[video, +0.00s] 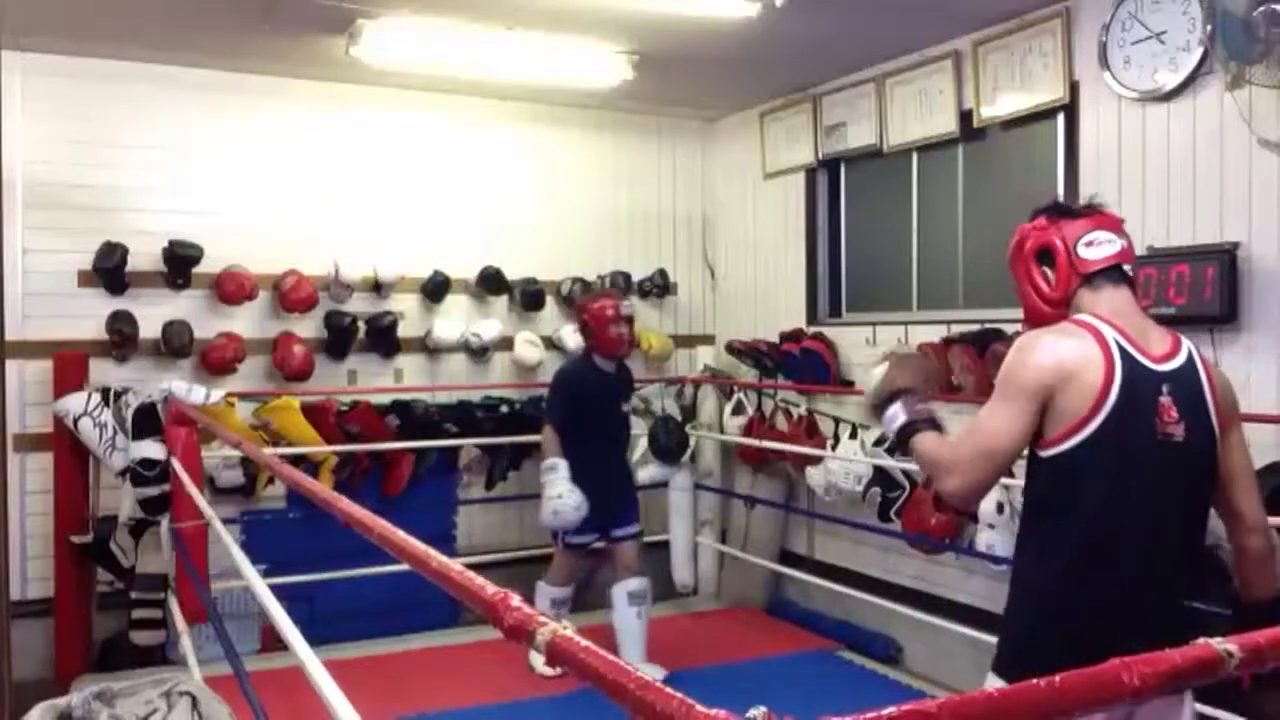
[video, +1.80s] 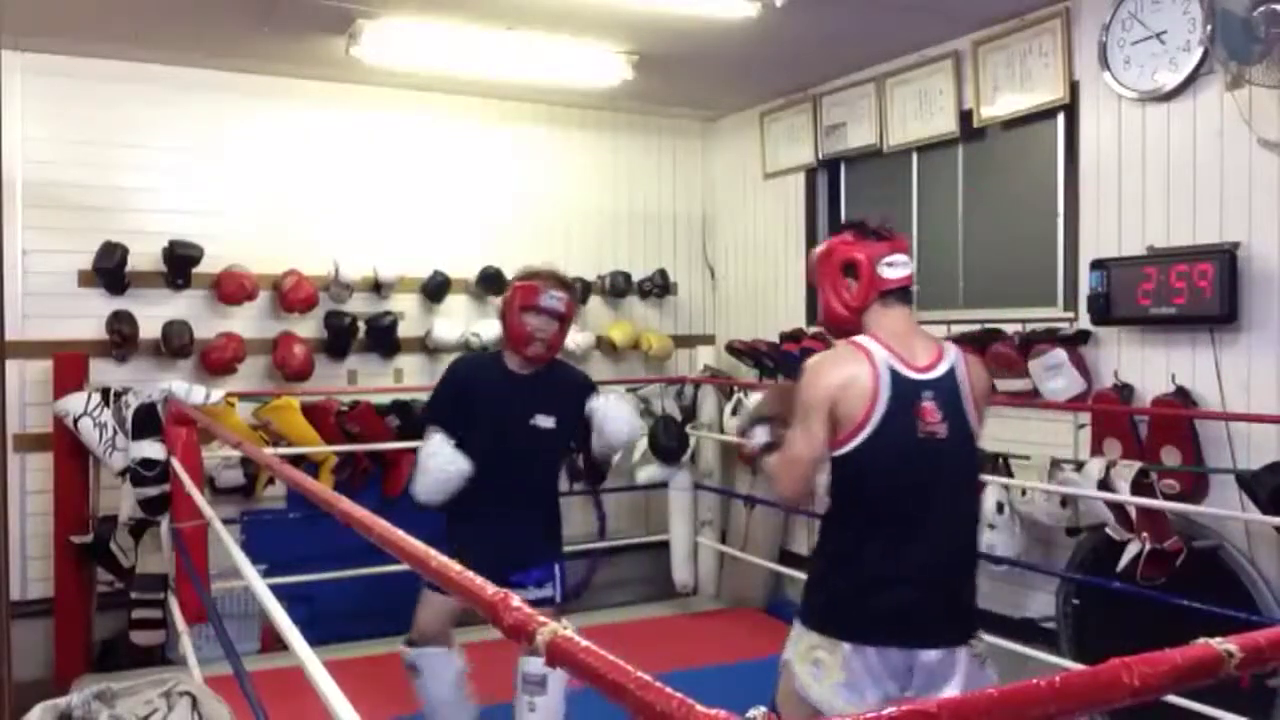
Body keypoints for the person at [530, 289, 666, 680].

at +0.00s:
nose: (622, 331)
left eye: (623, 322)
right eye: (612, 324)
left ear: (626, 326)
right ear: (591, 330)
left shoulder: (622, 375)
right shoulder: (571, 376)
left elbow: (613, 425)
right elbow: (550, 431)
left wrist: (622, 466)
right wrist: (556, 481)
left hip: (618, 478)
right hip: (580, 481)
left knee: (630, 564)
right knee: (566, 565)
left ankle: (634, 661)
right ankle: (542, 646)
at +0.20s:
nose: (637, 329)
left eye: (640, 320)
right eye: (629, 320)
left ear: (643, 325)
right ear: (606, 325)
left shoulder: (642, 375)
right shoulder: (578, 370)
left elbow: (656, 430)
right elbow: (555, 420)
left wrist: (669, 472)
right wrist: (564, 468)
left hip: (626, 479)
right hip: (583, 480)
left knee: (632, 566)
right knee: (576, 576)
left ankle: (634, 662)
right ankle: (550, 645)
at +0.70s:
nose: (579, 327)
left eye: (583, 318)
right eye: (568, 320)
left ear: (592, 323)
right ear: (547, 329)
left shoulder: (612, 371)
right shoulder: (531, 385)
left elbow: (641, 421)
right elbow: (520, 442)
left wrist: (660, 455)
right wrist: (537, 471)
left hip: (613, 499)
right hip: (560, 505)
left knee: (629, 586)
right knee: (553, 596)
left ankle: (634, 663)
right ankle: (542, 694)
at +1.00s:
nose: (536, 331)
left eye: (542, 321)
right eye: (524, 323)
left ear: (554, 325)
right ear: (504, 333)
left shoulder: (578, 371)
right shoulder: (493, 390)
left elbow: (601, 420)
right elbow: (481, 450)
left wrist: (608, 445)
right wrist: (508, 462)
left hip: (587, 504)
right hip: (533, 511)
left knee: (610, 598)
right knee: (540, 603)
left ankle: (608, 686)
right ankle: (541, 696)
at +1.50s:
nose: (538, 338)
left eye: (548, 329)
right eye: (528, 327)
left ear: (560, 337)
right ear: (506, 330)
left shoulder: (573, 390)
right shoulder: (476, 389)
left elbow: (593, 448)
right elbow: (457, 452)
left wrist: (587, 464)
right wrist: (498, 457)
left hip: (550, 526)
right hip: (492, 529)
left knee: (543, 631)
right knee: (501, 636)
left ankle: (544, 708)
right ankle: (527, 696)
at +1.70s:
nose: (545, 329)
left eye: (557, 322)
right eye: (537, 315)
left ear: (569, 332)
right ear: (514, 316)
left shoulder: (574, 388)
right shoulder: (473, 375)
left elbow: (593, 454)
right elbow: (442, 434)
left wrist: (605, 462)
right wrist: (457, 462)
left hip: (541, 531)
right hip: (477, 529)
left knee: (544, 646)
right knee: (450, 642)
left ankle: (543, 709)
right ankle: (507, 692)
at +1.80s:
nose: (541, 326)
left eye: (554, 318)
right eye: (532, 312)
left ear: (566, 329)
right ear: (509, 313)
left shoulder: (573, 386)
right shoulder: (469, 373)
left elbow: (590, 474)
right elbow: (431, 450)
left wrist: (607, 444)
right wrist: (431, 473)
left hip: (535, 534)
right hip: (468, 532)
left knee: (543, 647)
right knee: (426, 631)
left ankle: (542, 713)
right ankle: (452, 713)